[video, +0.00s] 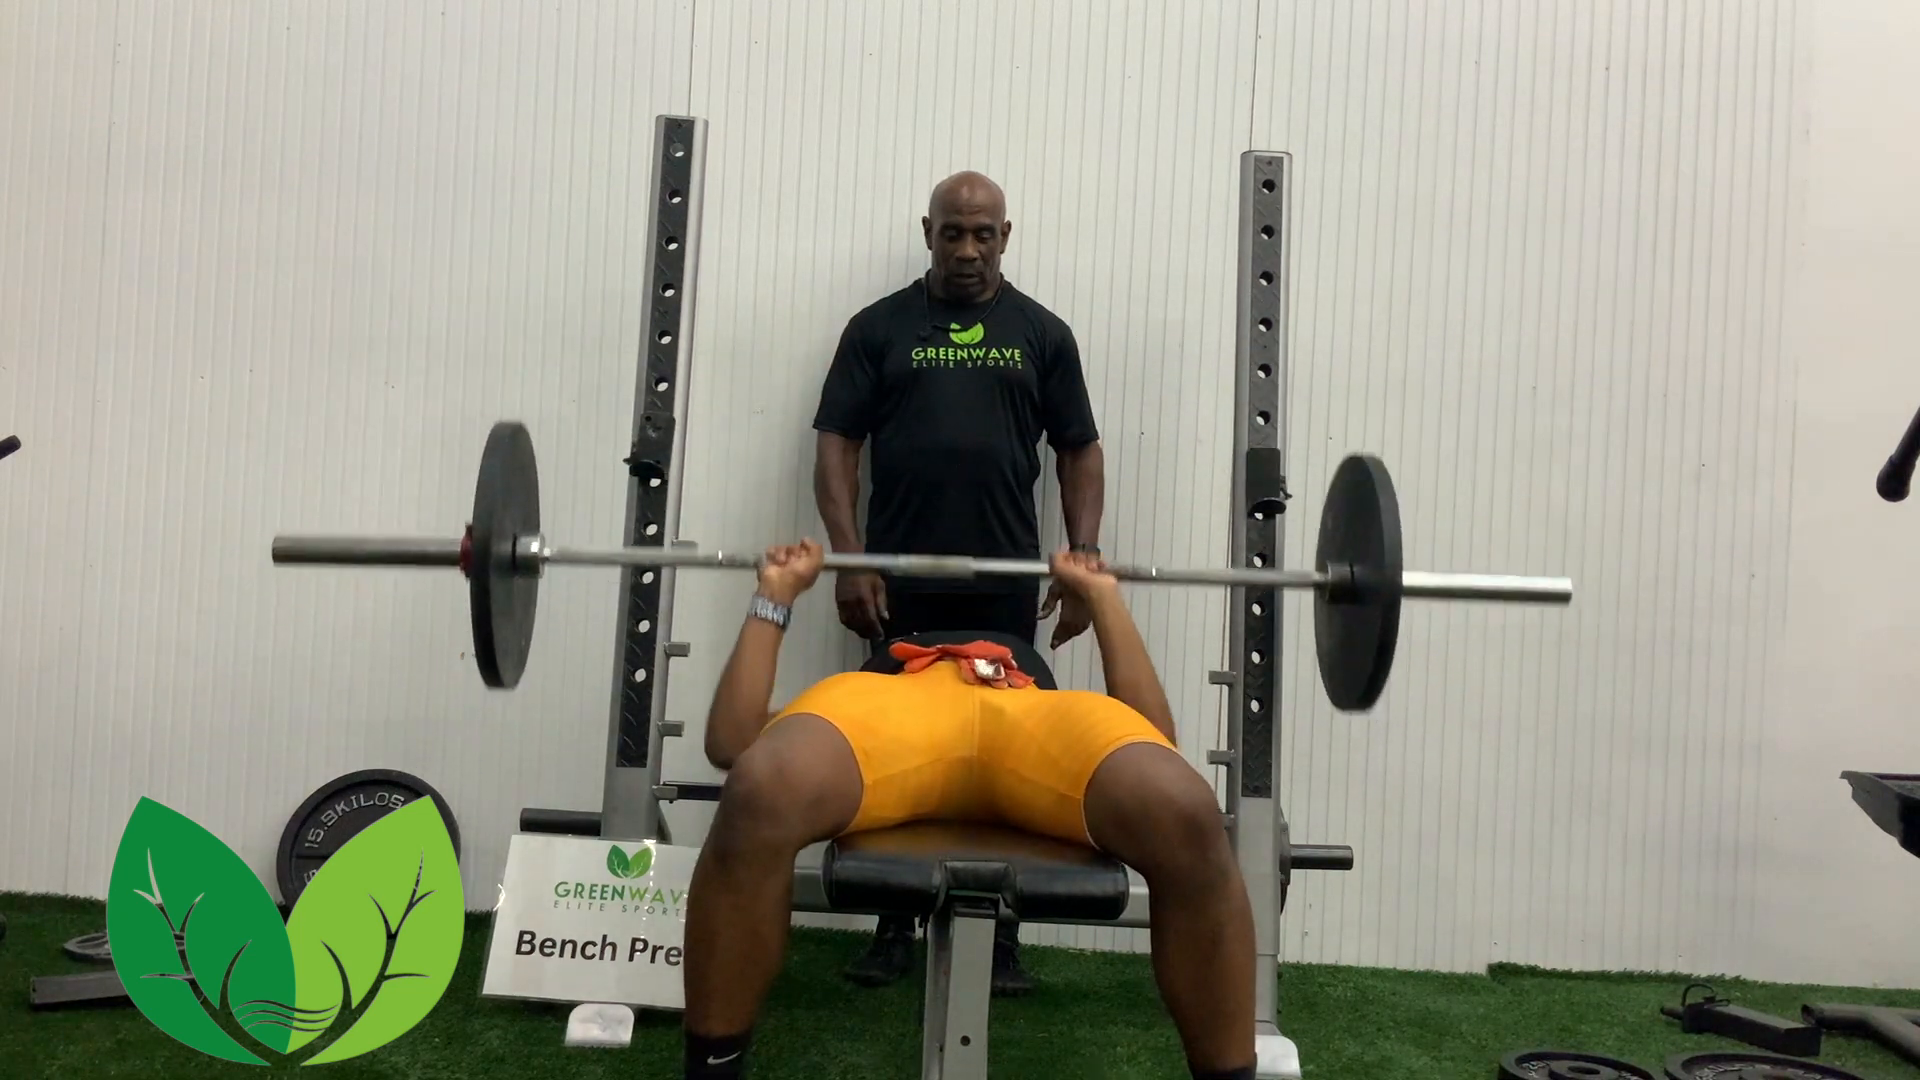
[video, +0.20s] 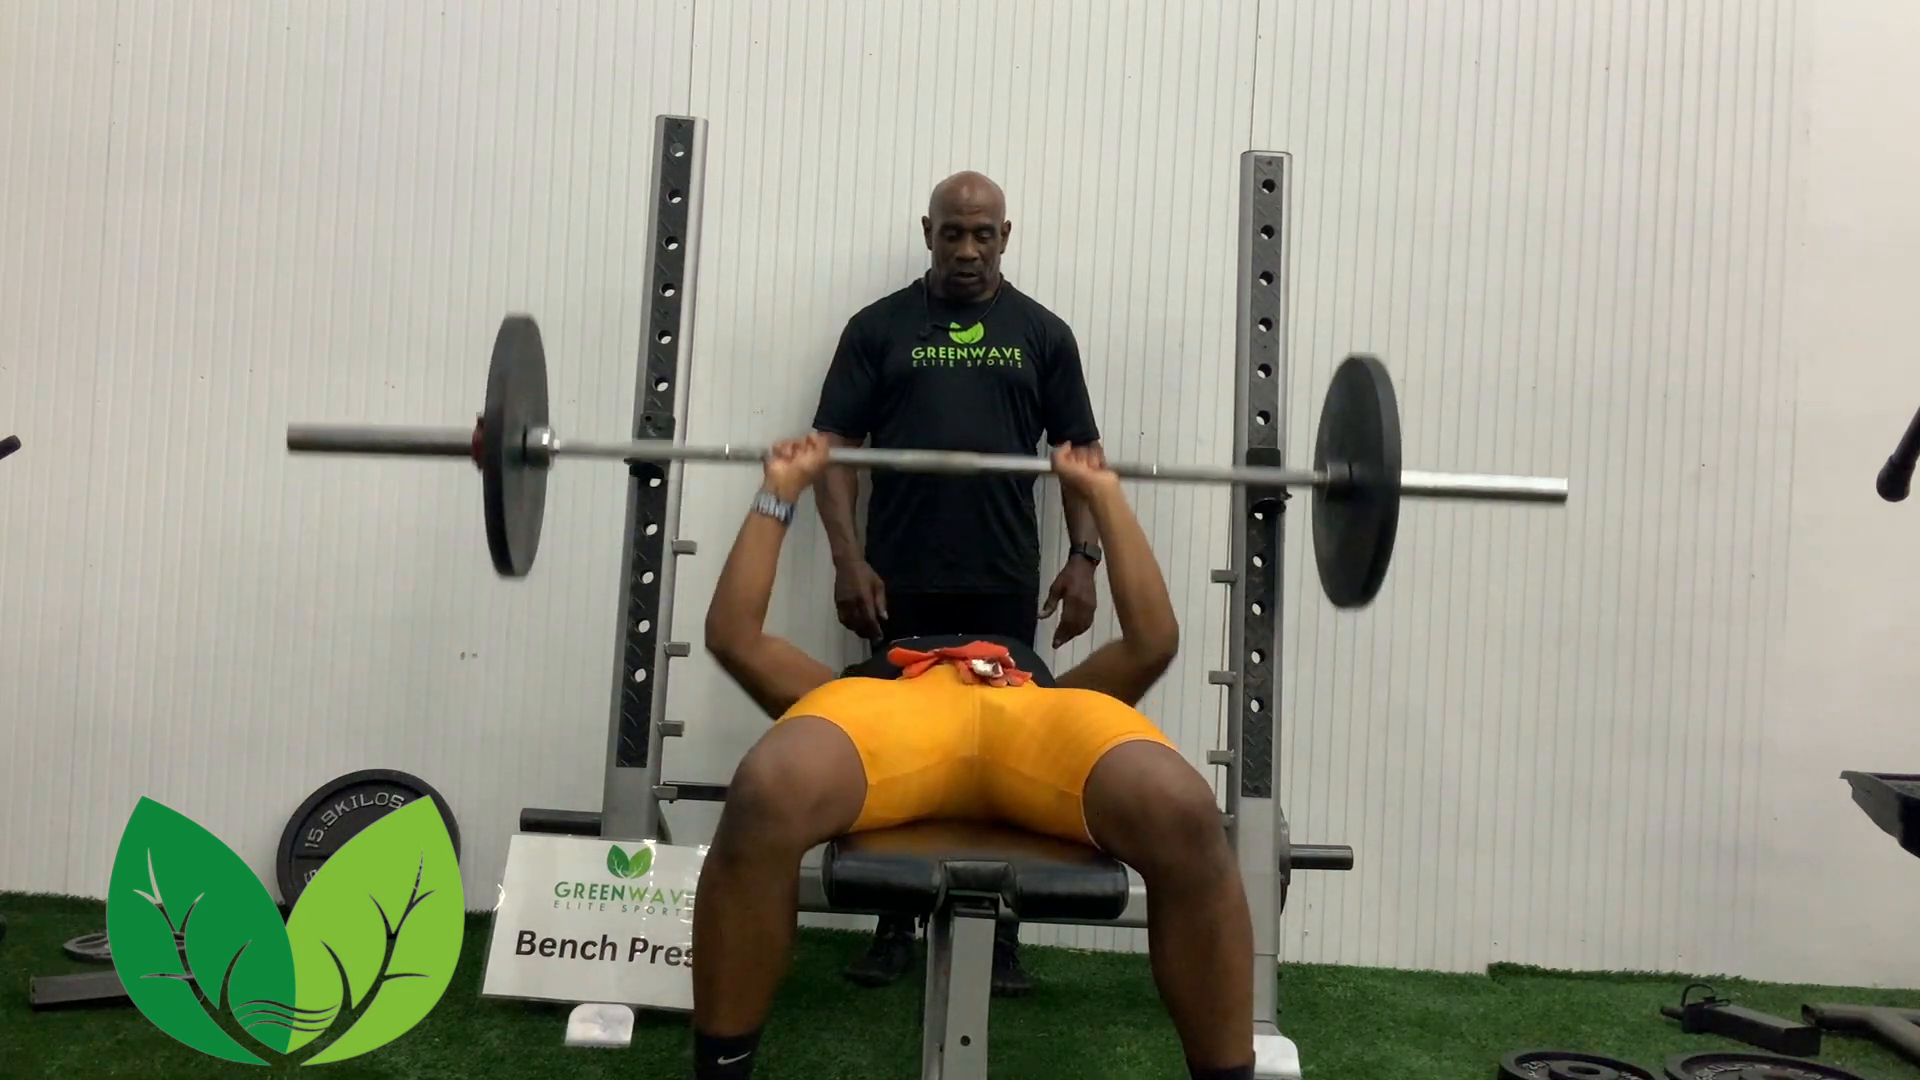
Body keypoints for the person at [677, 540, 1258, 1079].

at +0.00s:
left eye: (999, 663)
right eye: (935, 650)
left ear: (1019, 681)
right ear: (909, 651)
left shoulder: (1046, 698)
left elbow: (1156, 741)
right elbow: (730, 745)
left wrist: (1105, 595)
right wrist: (772, 604)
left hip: (1039, 713)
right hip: (880, 699)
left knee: (1189, 821)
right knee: (756, 794)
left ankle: (1230, 1073)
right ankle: (712, 1067)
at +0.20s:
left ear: (1016, 666)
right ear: (906, 659)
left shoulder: (1053, 688)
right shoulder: (863, 684)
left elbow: (1150, 639)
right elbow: (733, 632)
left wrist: (1102, 492)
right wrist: (778, 498)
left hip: (1044, 712)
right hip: (883, 705)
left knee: (1187, 817)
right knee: (763, 793)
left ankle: (1228, 1073)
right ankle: (723, 1065)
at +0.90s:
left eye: (1006, 657)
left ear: (1033, 671)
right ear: (925, 651)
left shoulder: (1058, 704)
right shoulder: (887, 688)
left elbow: (1171, 769)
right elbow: (749, 766)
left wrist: (1125, 617)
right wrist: (788, 621)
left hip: (1054, 710)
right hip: (890, 698)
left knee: (1182, 820)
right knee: (760, 792)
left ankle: (1226, 1073)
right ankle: (711, 1068)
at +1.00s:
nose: (970, 655)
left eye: (992, 654)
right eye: (942, 652)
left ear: (1016, 670)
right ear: (916, 662)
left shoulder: (1049, 701)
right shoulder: (877, 688)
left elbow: (1155, 756)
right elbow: (755, 775)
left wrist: (1122, 640)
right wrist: (788, 645)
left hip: (1045, 709)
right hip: (894, 695)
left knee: (1183, 819)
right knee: (755, 794)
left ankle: (1227, 1072)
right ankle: (710, 1070)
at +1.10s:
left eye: (996, 650)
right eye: (947, 647)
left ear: (1019, 663)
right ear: (923, 651)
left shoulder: (1053, 707)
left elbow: (1164, 761)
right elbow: (737, 766)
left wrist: (1120, 619)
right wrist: (785, 626)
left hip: (1049, 710)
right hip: (892, 692)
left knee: (1182, 818)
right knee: (760, 795)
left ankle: (1228, 1070)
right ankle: (711, 1067)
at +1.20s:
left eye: (1005, 662)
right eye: (944, 658)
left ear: (1024, 677)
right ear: (920, 660)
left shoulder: (1046, 687)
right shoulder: (870, 690)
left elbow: (1174, 723)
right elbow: (730, 710)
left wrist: (1122, 574)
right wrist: (784, 574)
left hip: (1038, 707)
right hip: (888, 696)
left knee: (1181, 820)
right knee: (759, 792)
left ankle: (1225, 1071)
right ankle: (711, 1063)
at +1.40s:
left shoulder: (1064, 691)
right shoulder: (859, 684)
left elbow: (1149, 611)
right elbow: (761, 595)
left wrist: (1128, 453)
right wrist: (796, 451)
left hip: (1040, 708)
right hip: (890, 702)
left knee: (1179, 817)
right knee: (759, 789)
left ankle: (1224, 1070)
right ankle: (716, 1064)